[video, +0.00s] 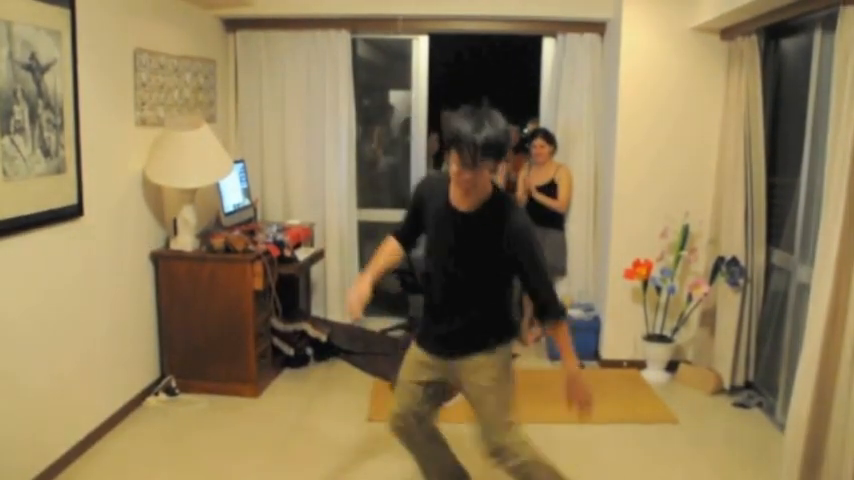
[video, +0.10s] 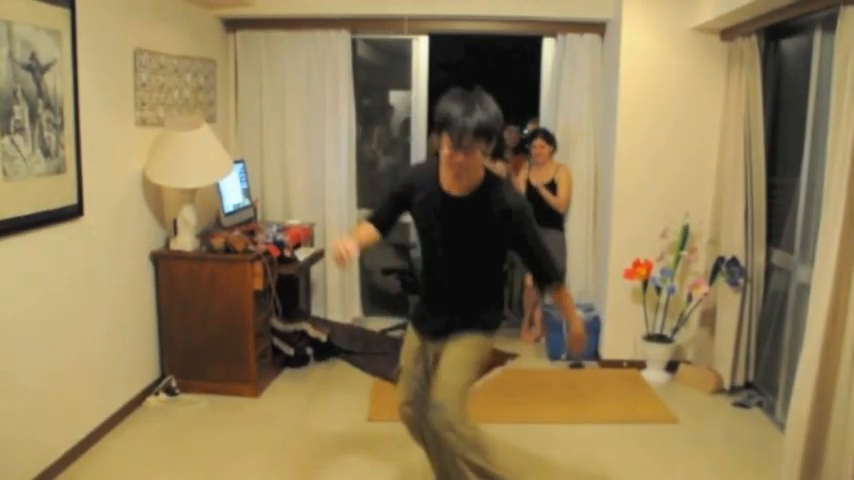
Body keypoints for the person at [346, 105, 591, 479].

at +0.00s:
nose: (463, 177)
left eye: (475, 169)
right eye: (457, 166)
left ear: (496, 168)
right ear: (448, 158)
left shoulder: (510, 220)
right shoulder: (432, 192)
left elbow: (547, 300)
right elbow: (403, 238)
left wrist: (573, 369)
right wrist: (367, 278)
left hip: (485, 350)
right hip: (431, 343)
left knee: (501, 444)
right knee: (406, 421)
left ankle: (552, 477)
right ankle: (452, 476)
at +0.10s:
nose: (459, 160)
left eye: (470, 152)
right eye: (453, 148)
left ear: (488, 150)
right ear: (440, 139)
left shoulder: (504, 201)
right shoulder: (418, 182)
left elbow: (543, 265)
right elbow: (380, 222)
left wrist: (574, 320)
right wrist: (353, 241)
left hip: (475, 324)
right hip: (427, 318)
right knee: (412, 410)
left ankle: (492, 474)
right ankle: (454, 474)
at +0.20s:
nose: (450, 137)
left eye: (460, 126)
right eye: (442, 125)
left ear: (476, 127)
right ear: (427, 124)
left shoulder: (499, 180)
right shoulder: (402, 171)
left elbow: (546, 231)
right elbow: (362, 233)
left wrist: (582, 266)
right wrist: (311, 264)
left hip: (465, 304)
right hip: (415, 299)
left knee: (428, 395)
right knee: (413, 391)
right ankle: (450, 466)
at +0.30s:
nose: (447, 139)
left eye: (457, 129)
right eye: (439, 128)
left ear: (472, 129)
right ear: (421, 127)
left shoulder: (492, 181)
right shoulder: (397, 176)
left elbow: (548, 225)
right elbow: (365, 248)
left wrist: (600, 244)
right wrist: (333, 308)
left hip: (453, 316)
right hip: (403, 306)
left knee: (414, 407)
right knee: (406, 392)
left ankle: (386, 476)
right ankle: (436, 450)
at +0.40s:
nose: (442, 140)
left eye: (452, 131)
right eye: (433, 130)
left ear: (467, 133)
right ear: (418, 131)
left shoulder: (487, 190)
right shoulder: (391, 180)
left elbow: (532, 243)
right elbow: (345, 244)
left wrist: (562, 208)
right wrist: (383, 280)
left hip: (446, 320)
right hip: (392, 317)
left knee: (406, 406)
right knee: (416, 396)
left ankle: (388, 474)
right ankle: (435, 455)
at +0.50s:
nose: (434, 134)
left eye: (444, 123)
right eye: (425, 123)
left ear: (463, 125)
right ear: (414, 123)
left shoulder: (479, 184)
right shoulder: (394, 173)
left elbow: (542, 217)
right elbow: (324, 220)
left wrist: (511, 160)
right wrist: (372, 196)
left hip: (438, 321)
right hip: (386, 314)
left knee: (408, 420)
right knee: (389, 408)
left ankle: (403, 475)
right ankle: (432, 430)